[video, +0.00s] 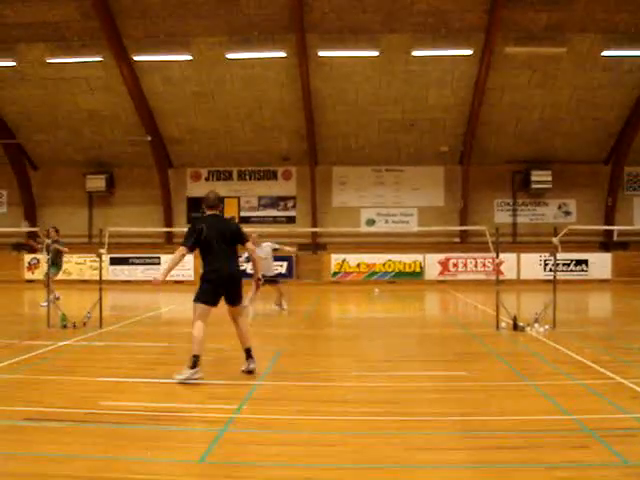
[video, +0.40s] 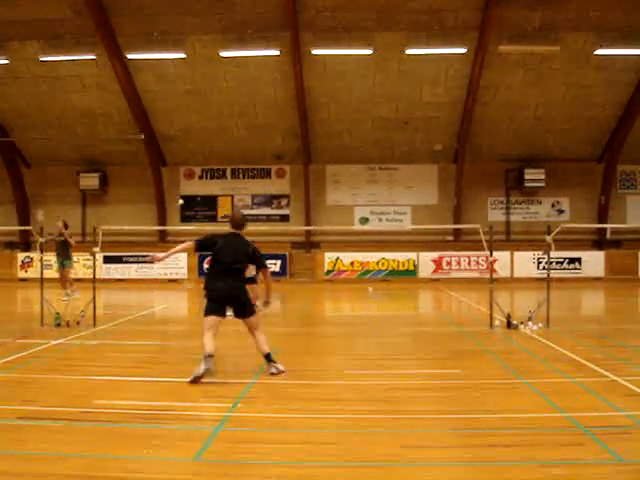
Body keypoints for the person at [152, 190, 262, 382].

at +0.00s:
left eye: (206, 208)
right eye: (218, 206)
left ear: (204, 207)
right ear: (220, 207)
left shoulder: (198, 226)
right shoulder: (231, 225)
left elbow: (182, 252)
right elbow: (252, 250)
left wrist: (164, 275)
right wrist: (258, 275)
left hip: (211, 277)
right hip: (233, 277)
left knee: (199, 320)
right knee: (238, 316)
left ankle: (194, 366)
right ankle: (250, 358)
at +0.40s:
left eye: (232, 222)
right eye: (242, 223)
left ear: (229, 224)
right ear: (244, 226)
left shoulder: (217, 240)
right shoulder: (249, 247)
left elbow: (190, 245)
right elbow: (265, 272)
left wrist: (164, 256)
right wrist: (267, 297)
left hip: (215, 290)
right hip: (238, 290)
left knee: (209, 330)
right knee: (255, 329)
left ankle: (208, 362)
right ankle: (271, 362)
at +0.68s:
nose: (225, 221)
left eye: (226, 218)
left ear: (227, 220)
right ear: (240, 220)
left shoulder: (227, 235)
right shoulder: (247, 236)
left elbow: (225, 251)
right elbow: (253, 258)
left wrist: (220, 269)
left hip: (239, 279)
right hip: (256, 277)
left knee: (236, 318)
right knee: (251, 317)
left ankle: (256, 348)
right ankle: (269, 329)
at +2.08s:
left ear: (204, 218)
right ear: (217, 217)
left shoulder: (198, 237)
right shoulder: (228, 233)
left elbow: (195, 263)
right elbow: (244, 253)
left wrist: (190, 283)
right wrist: (259, 269)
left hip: (209, 278)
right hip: (228, 277)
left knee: (212, 310)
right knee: (229, 309)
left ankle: (215, 342)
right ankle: (231, 329)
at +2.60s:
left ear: (215, 215)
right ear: (231, 215)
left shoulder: (205, 233)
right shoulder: (238, 233)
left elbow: (192, 253)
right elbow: (259, 252)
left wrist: (189, 278)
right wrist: (260, 269)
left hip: (211, 281)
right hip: (235, 280)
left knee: (203, 322)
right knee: (254, 313)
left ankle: (195, 364)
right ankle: (266, 350)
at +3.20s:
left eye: (243, 231)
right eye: (254, 231)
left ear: (240, 234)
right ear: (256, 235)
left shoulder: (231, 252)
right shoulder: (265, 255)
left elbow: (211, 273)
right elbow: (283, 277)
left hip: (237, 300)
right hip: (261, 301)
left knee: (212, 324)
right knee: (285, 337)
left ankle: (210, 361)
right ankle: (319, 365)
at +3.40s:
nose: (214, 210)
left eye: (217, 208)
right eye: (216, 208)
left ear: (220, 213)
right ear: (229, 214)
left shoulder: (223, 234)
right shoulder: (224, 233)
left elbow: (232, 263)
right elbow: (208, 249)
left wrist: (224, 290)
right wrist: (192, 245)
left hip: (228, 287)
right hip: (242, 286)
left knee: (198, 323)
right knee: (264, 323)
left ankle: (214, 364)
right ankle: (303, 349)